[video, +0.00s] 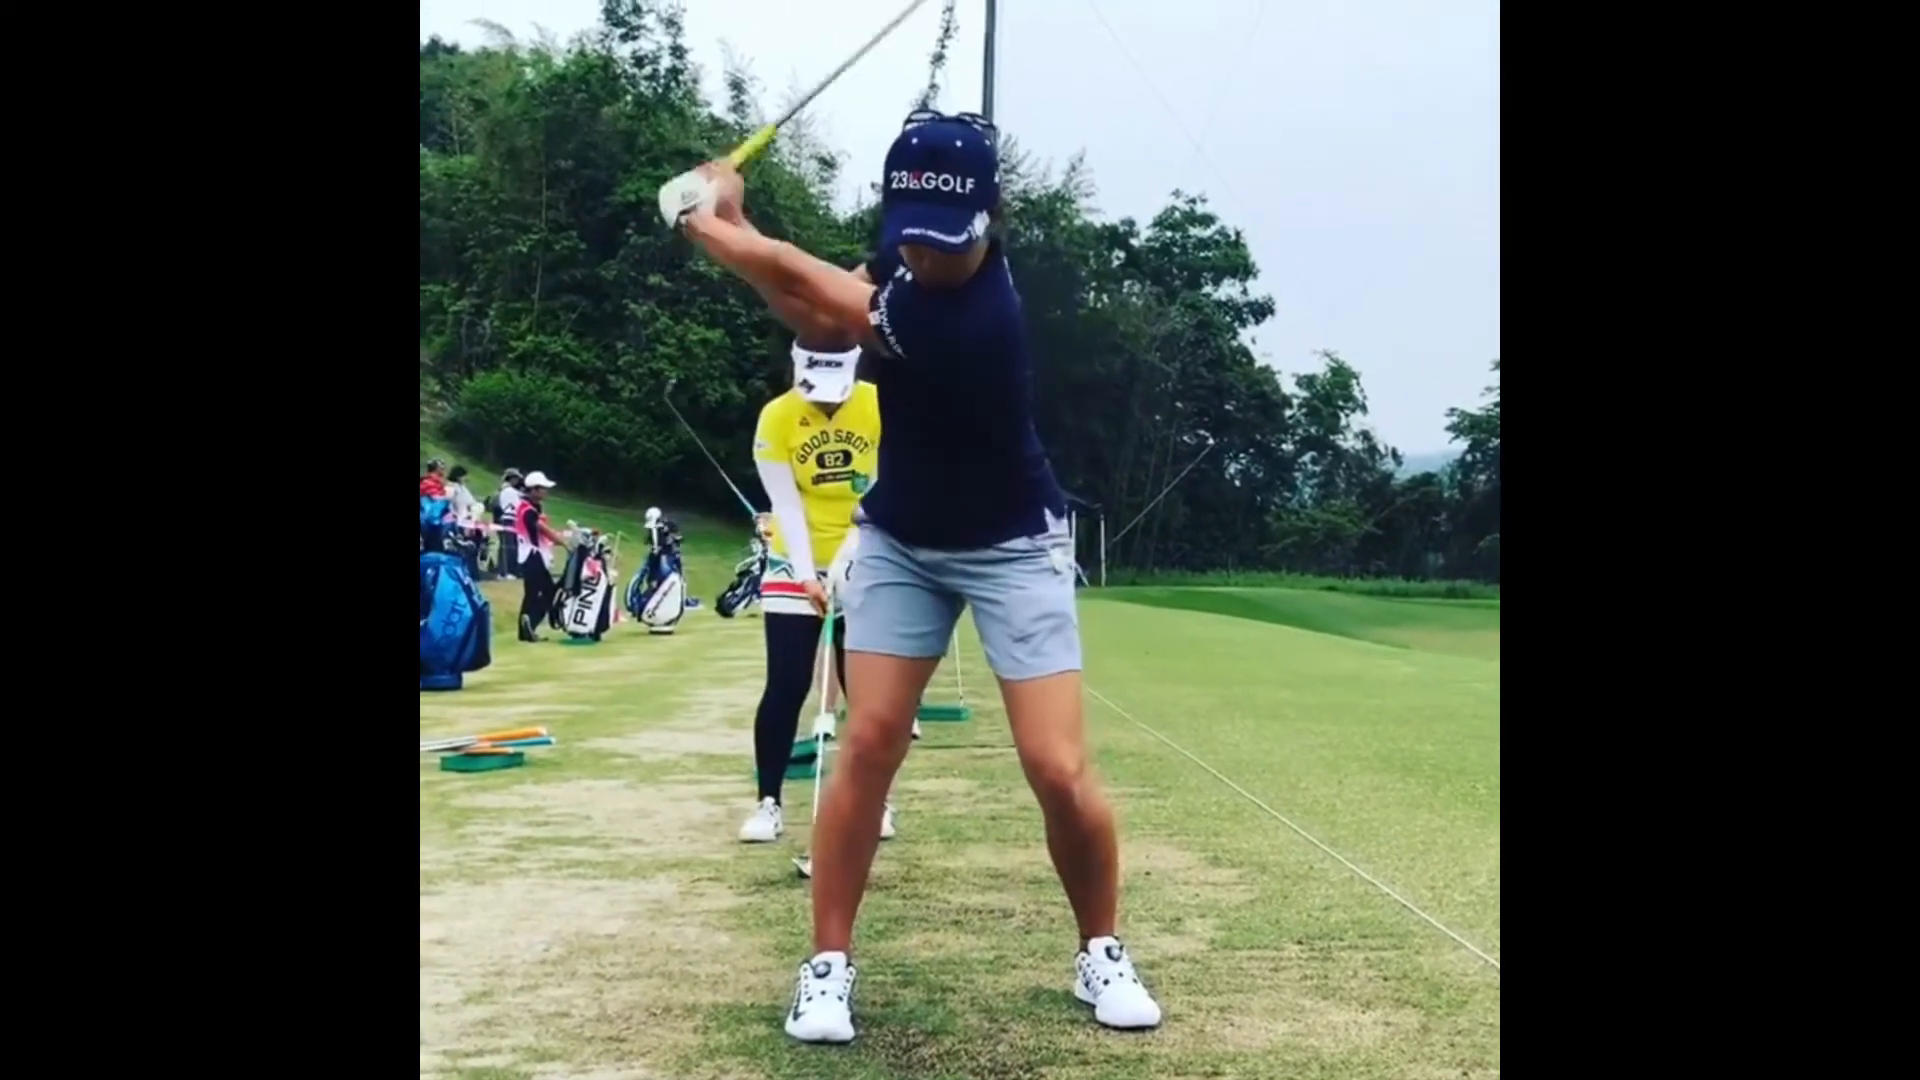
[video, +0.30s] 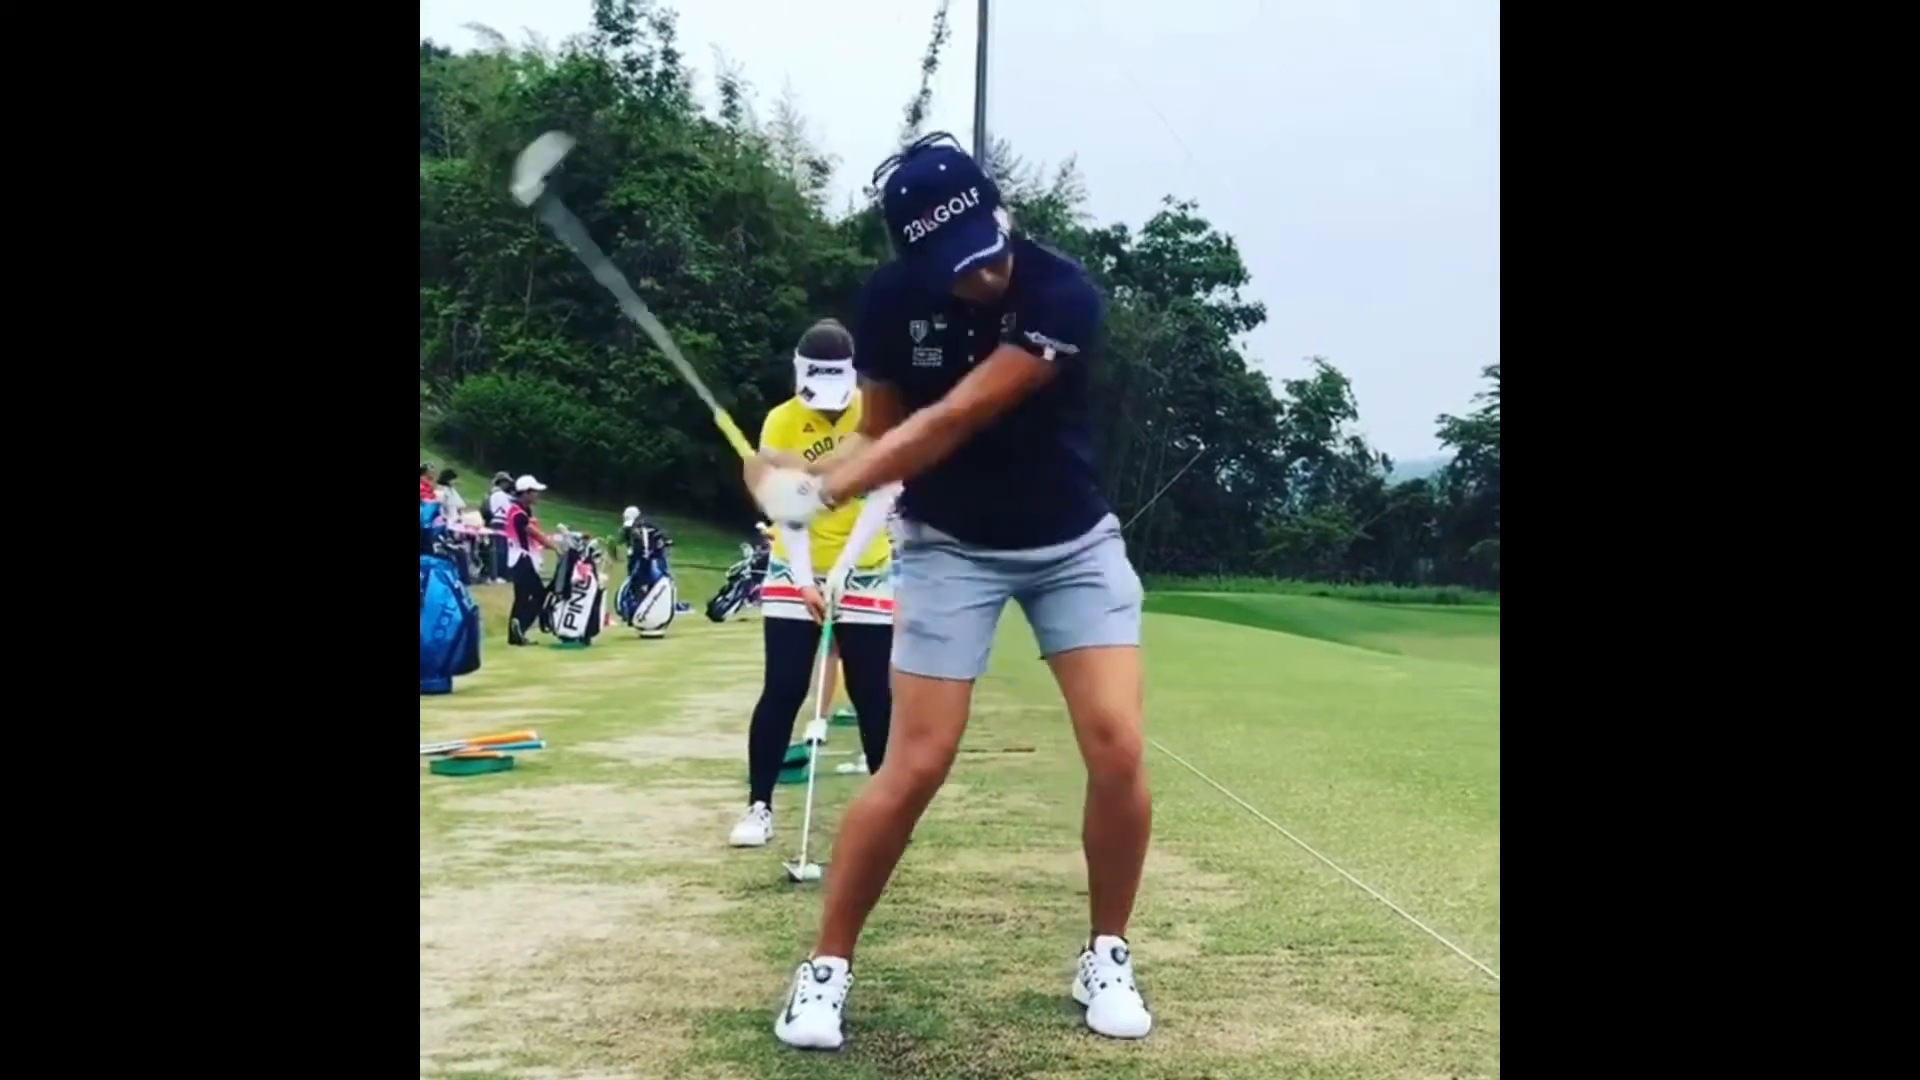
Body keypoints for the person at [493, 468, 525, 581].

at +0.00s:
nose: (519, 483)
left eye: (519, 481)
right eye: (517, 481)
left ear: (507, 480)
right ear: (513, 480)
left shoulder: (503, 492)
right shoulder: (513, 492)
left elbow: (498, 507)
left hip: (504, 519)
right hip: (511, 520)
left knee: (504, 545)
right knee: (511, 546)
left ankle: (503, 569)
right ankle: (509, 570)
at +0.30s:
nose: (509, 486)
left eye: (509, 484)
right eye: (507, 484)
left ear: (497, 484)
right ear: (504, 484)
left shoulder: (492, 496)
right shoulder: (506, 496)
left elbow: (487, 509)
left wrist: (488, 520)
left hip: (494, 523)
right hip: (503, 524)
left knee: (496, 549)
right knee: (502, 550)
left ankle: (494, 574)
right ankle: (501, 574)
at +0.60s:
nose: (492, 488)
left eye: (492, 485)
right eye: (491, 485)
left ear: (480, 485)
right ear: (487, 485)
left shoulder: (475, 497)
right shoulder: (489, 498)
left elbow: (468, 512)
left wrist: (474, 520)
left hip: (476, 527)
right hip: (485, 528)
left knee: (475, 553)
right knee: (484, 553)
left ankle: (475, 577)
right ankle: (483, 577)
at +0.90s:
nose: (478, 490)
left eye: (478, 488)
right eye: (477, 488)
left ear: (466, 487)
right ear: (474, 487)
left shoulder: (461, 499)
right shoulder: (477, 501)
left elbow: (454, 515)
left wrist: (461, 523)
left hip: (461, 530)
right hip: (472, 531)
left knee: (460, 556)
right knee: (471, 556)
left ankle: (460, 579)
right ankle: (470, 579)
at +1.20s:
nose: (469, 493)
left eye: (469, 490)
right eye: (468, 490)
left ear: (458, 490)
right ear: (465, 490)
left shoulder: (453, 502)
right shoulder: (468, 504)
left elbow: (445, 516)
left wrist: (452, 525)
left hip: (453, 533)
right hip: (463, 534)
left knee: (453, 559)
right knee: (462, 558)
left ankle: (452, 581)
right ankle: (462, 581)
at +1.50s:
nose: (467, 496)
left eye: (467, 494)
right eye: (466, 494)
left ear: (455, 493)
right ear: (463, 494)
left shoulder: (450, 506)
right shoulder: (464, 507)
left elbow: (443, 521)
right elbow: (468, 521)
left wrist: (450, 529)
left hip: (451, 537)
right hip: (460, 538)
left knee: (451, 562)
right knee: (460, 562)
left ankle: (450, 586)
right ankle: (459, 586)